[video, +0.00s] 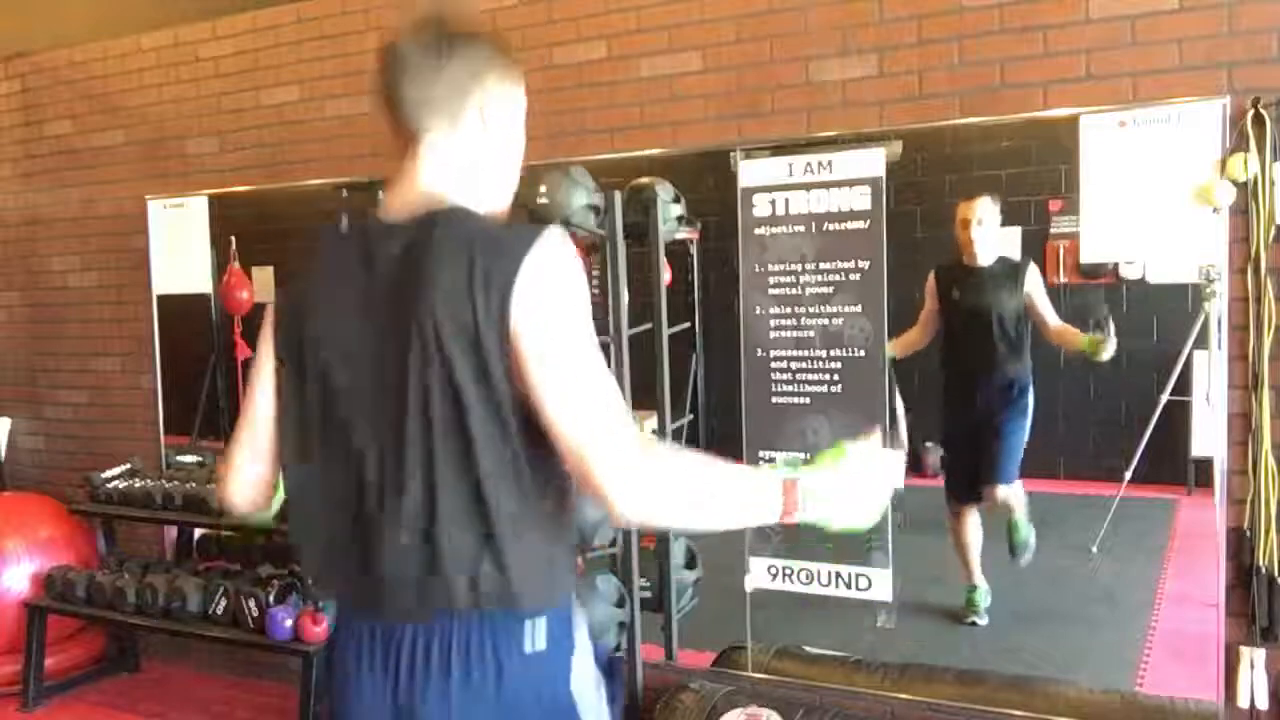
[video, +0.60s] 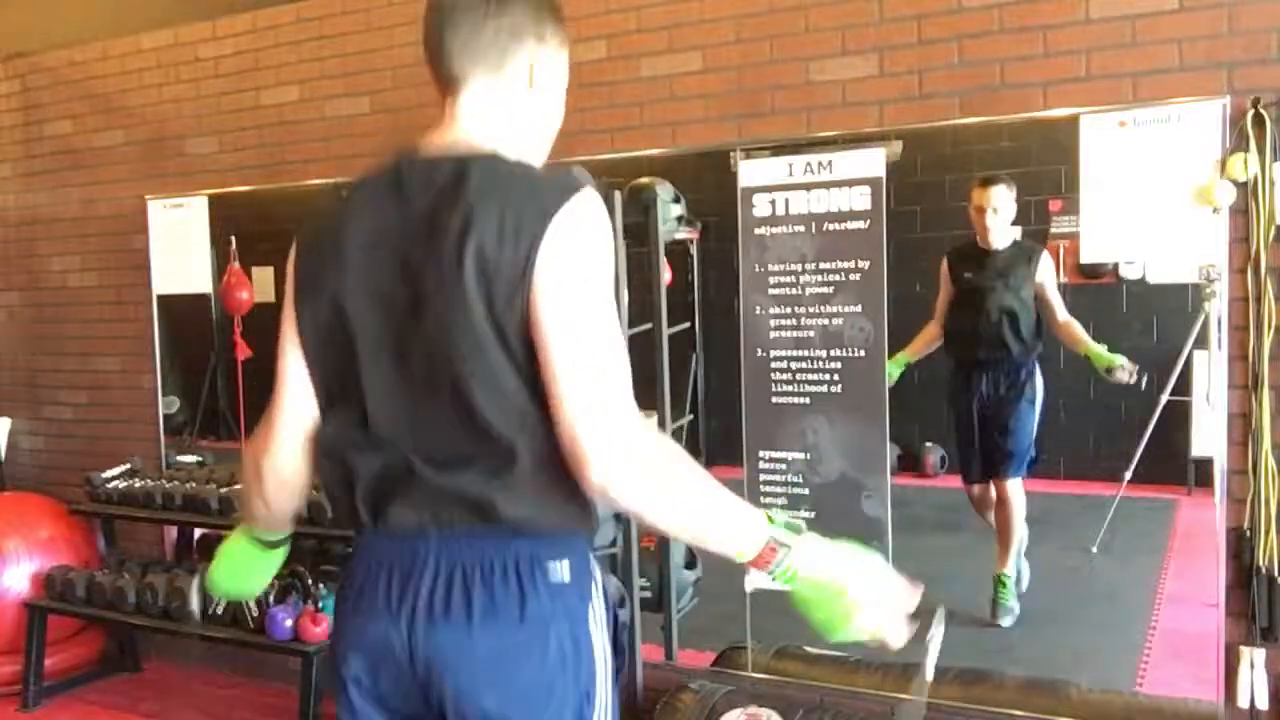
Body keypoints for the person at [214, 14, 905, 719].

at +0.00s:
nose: (521, 147)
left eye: (519, 120)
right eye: (517, 120)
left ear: (401, 123)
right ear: (489, 118)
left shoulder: (307, 280)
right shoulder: (522, 258)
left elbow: (244, 489)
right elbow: (625, 475)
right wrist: (802, 492)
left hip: (365, 658)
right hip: (516, 659)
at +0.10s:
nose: (537, 91)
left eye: (537, 66)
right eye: (537, 65)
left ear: (418, 59)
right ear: (515, 55)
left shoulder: (309, 222)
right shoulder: (527, 187)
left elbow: (247, 425)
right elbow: (603, 414)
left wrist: (218, 532)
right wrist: (780, 515)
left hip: (367, 585)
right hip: (517, 578)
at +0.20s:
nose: (549, 105)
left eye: (546, 81)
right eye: (547, 81)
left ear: (426, 72)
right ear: (529, 72)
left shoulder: (314, 226)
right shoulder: (537, 198)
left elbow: (255, 439)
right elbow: (605, 432)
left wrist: (222, 531)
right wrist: (784, 524)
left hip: (369, 576)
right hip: (519, 575)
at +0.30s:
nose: (549, 174)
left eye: (549, 153)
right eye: (549, 151)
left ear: (430, 146)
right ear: (526, 145)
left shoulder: (317, 308)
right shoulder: (544, 288)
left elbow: (251, 511)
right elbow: (629, 506)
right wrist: (809, 504)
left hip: (389, 649)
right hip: (539, 640)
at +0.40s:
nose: (556, 155)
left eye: (555, 131)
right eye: (555, 129)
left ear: (437, 120)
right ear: (537, 120)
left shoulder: (323, 278)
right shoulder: (547, 259)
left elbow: (256, 484)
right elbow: (642, 480)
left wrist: (354, 421)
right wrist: (812, 500)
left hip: (388, 655)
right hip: (539, 652)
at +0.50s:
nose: (567, 85)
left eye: (564, 63)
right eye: (565, 63)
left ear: (445, 61)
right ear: (547, 58)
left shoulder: (333, 215)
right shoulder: (557, 193)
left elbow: (270, 417)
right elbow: (613, 429)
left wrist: (236, 533)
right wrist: (787, 533)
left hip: (376, 577)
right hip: (526, 578)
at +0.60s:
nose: (564, 102)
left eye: (562, 77)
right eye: (562, 76)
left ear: (441, 71)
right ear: (537, 69)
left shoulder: (331, 228)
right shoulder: (550, 208)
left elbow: (283, 443)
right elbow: (613, 455)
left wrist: (264, 528)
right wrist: (790, 556)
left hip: (375, 592)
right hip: (524, 600)